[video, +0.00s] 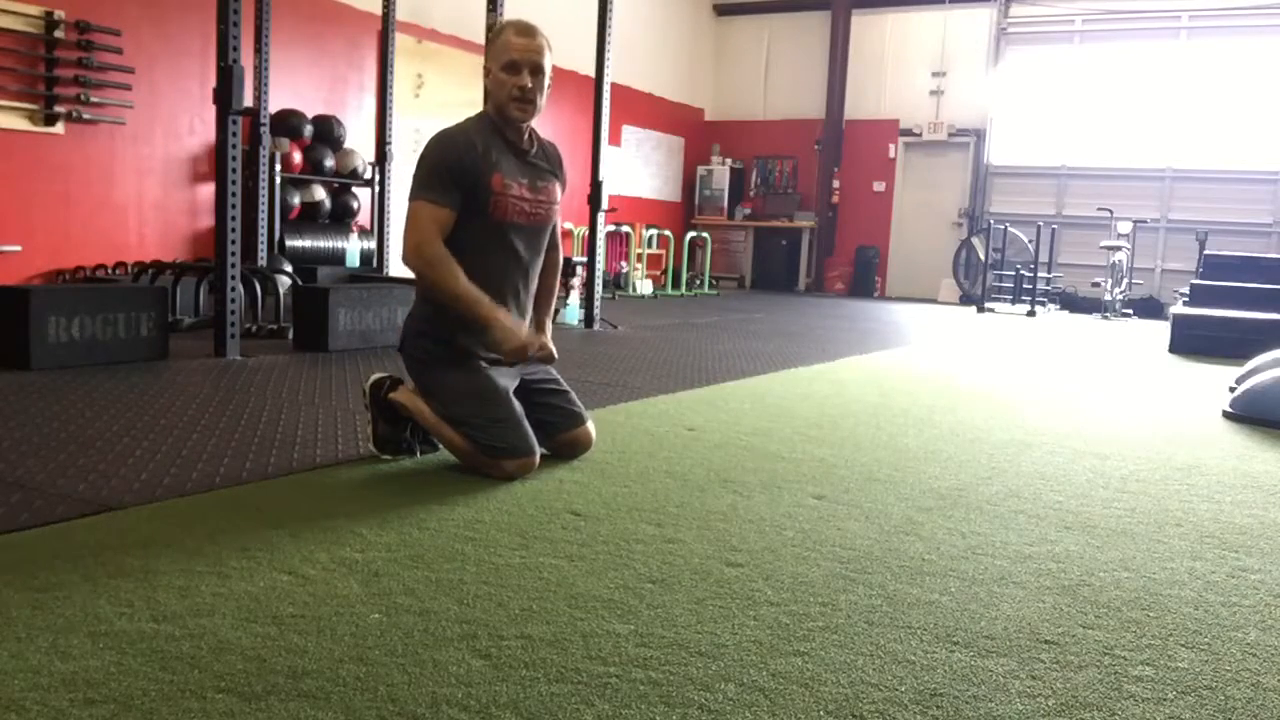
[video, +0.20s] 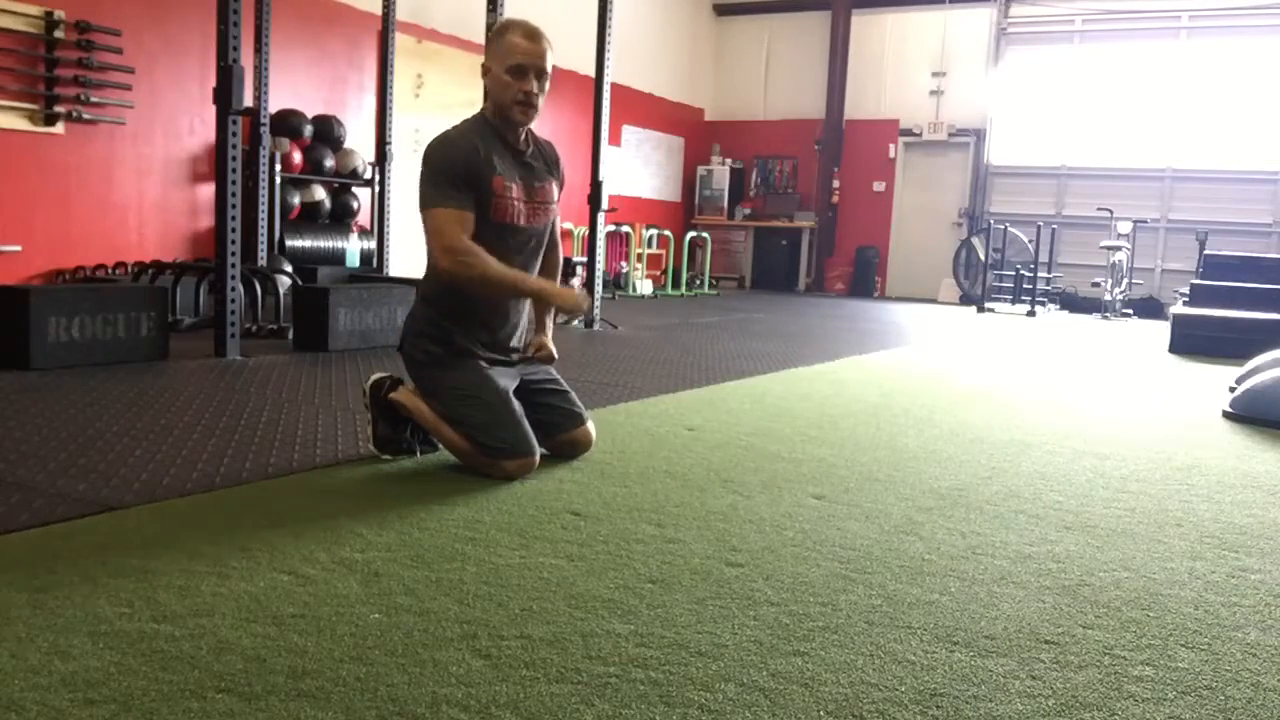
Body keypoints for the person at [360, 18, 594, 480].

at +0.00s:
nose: (524, 82)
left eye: (536, 71)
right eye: (510, 69)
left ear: (549, 80)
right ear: (486, 74)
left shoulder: (548, 157)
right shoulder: (454, 147)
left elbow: (550, 246)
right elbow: (420, 247)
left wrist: (542, 326)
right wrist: (495, 320)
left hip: (515, 340)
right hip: (449, 346)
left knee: (574, 439)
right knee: (515, 462)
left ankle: (444, 413)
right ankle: (399, 400)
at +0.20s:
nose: (530, 87)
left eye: (541, 76)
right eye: (517, 73)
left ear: (550, 82)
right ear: (485, 73)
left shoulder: (547, 158)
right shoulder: (454, 150)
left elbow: (550, 247)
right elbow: (450, 254)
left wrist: (542, 329)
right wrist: (546, 291)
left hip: (514, 344)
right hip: (450, 347)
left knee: (574, 439)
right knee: (514, 463)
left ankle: (446, 411)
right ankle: (398, 399)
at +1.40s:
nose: (535, 85)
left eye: (546, 75)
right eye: (522, 69)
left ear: (554, 84)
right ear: (491, 72)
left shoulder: (547, 161)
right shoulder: (454, 153)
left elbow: (548, 247)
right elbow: (423, 260)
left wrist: (542, 328)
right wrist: (491, 336)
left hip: (511, 338)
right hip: (447, 344)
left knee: (574, 439)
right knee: (515, 462)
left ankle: (446, 410)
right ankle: (399, 401)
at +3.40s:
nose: (530, 80)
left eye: (541, 69)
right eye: (517, 64)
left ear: (550, 80)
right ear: (487, 70)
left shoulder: (546, 160)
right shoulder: (462, 150)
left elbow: (547, 256)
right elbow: (453, 259)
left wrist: (561, 341)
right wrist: (522, 343)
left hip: (510, 340)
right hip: (447, 343)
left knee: (574, 439)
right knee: (514, 462)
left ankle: (447, 412)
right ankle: (400, 400)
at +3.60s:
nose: (531, 79)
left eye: (536, 68)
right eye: (517, 64)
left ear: (540, 77)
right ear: (478, 71)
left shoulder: (537, 163)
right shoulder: (454, 151)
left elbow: (545, 257)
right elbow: (452, 253)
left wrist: (569, 343)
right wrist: (539, 302)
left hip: (506, 345)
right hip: (446, 347)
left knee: (574, 440)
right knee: (514, 462)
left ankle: (444, 411)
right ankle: (399, 400)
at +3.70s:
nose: (529, 79)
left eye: (532, 68)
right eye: (515, 65)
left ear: (535, 75)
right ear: (474, 71)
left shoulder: (531, 162)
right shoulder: (451, 150)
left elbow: (541, 261)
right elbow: (464, 253)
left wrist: (575, 337)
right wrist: (562, 252)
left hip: (507, 346)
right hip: (446, 349)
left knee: (575, 440)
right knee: (514, 463)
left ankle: (447, 406)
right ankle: (399, 399)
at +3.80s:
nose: (528, 78)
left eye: (531, 66)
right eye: (513, 65)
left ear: (534, 73)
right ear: (472, 71)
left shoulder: (528, 162)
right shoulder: (450, 150)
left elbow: (540, 252)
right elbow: (481, 246)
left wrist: (583, 304)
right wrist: (568, 198)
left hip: (508, 347)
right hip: (447, 349)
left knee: (573, 439)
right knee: (514, 463)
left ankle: (443, 410)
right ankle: (398, 399)